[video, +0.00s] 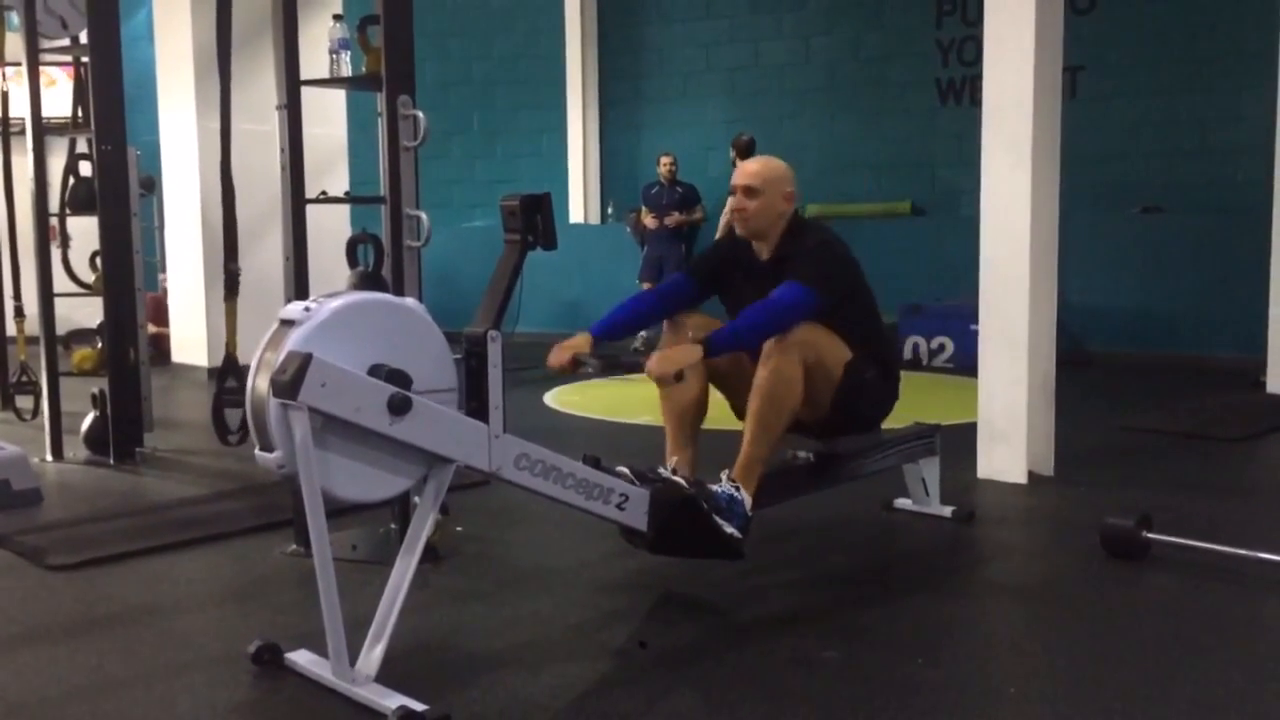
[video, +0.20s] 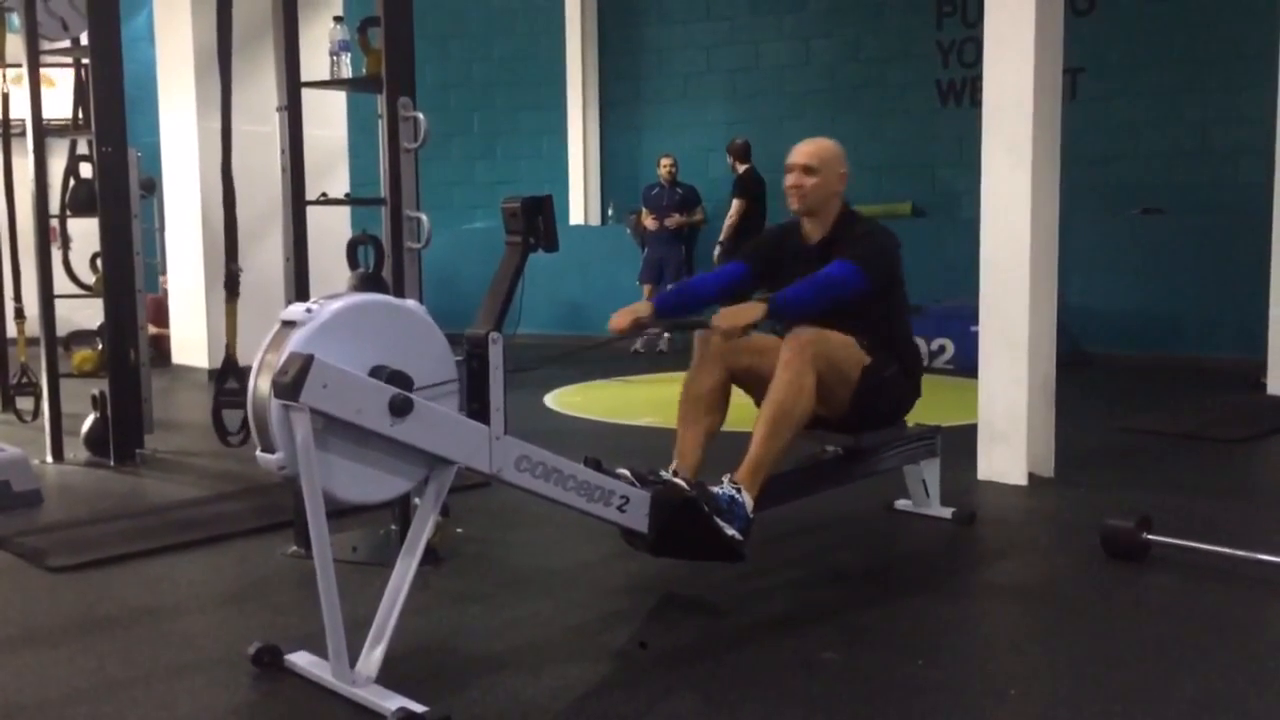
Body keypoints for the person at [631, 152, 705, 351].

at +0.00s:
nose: (669, 168)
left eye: (672, 165)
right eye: (665, 165)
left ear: (676, 168)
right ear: (658, 168)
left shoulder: (688, 190)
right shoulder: (649, 190)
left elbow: (700, 214)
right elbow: (644, 213)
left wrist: (682, 219)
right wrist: (647, 220)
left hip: (676, 247)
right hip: (653, 247)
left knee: (673, 290)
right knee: (647, 287)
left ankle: (670, 335)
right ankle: (644, 333)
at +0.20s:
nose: (669, 170)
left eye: (672, 166)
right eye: (665, 166)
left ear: (677, 169)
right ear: (659, 169)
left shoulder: (688, 191)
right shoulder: (649, 191)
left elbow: (700, 216)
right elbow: (644, 215)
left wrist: (682, 220)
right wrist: (647, 221)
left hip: (678, 250)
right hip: (654, 250)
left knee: (677, 292)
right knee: (648, 290)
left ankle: (674, 332)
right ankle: (647, 332)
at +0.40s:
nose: (667, 175)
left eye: (670, 171)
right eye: (663, 171)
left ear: (676, 172)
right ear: (658, 173)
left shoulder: (688, 194)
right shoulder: (649, 194)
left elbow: (700, 219)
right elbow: (644, 218)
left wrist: (682, 223)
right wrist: (646, 224)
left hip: (675, 251)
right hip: (653, 251)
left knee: (672, 295)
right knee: (647, 294)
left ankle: (667, 340)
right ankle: (643, 338)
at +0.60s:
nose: (667, 176)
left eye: (670, 173)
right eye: (663, 173)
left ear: (676, 175)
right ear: (658, 175)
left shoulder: (688, 197)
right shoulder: (649, 197)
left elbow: (699, 222)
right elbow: (644, 222)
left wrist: (682, 226)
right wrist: (647, 227)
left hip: (675, 254)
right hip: (653, 253)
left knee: (671, 297)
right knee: (647, 296)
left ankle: (666, 342)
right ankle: (642, 340)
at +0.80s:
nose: (667, 179)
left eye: (671, 175)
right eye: (663, 176)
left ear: (676, 178)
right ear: (658, 178)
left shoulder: (687, 200)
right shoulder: (649, 199)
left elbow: (700, 224)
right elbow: (644, 224)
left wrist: (681, 228)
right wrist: (647, 230)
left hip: (675, 256)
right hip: (653, 255)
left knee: (671, 299)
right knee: (647, 298)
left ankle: (666, 344)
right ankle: (642, 342)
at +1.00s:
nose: (669, 182)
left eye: (672, 178)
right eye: (665, 178)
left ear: (676, 180)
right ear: (658, 181)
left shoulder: (688, 202)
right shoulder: (650, 202)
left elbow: (700, 226)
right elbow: (644, 226)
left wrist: (681, 231)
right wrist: (647, 232)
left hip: (675, 258)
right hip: (653, 257)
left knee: (671, 301)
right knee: (647, 301)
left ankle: (666, 347)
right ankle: (642, 345)